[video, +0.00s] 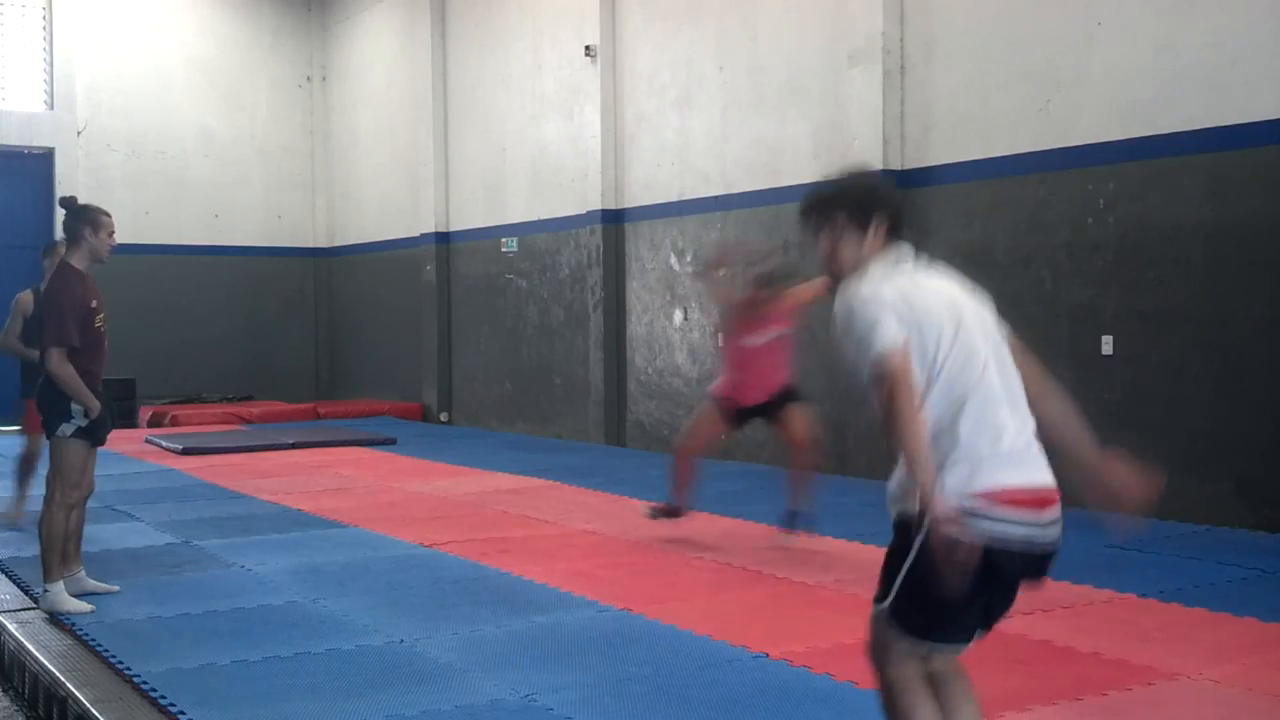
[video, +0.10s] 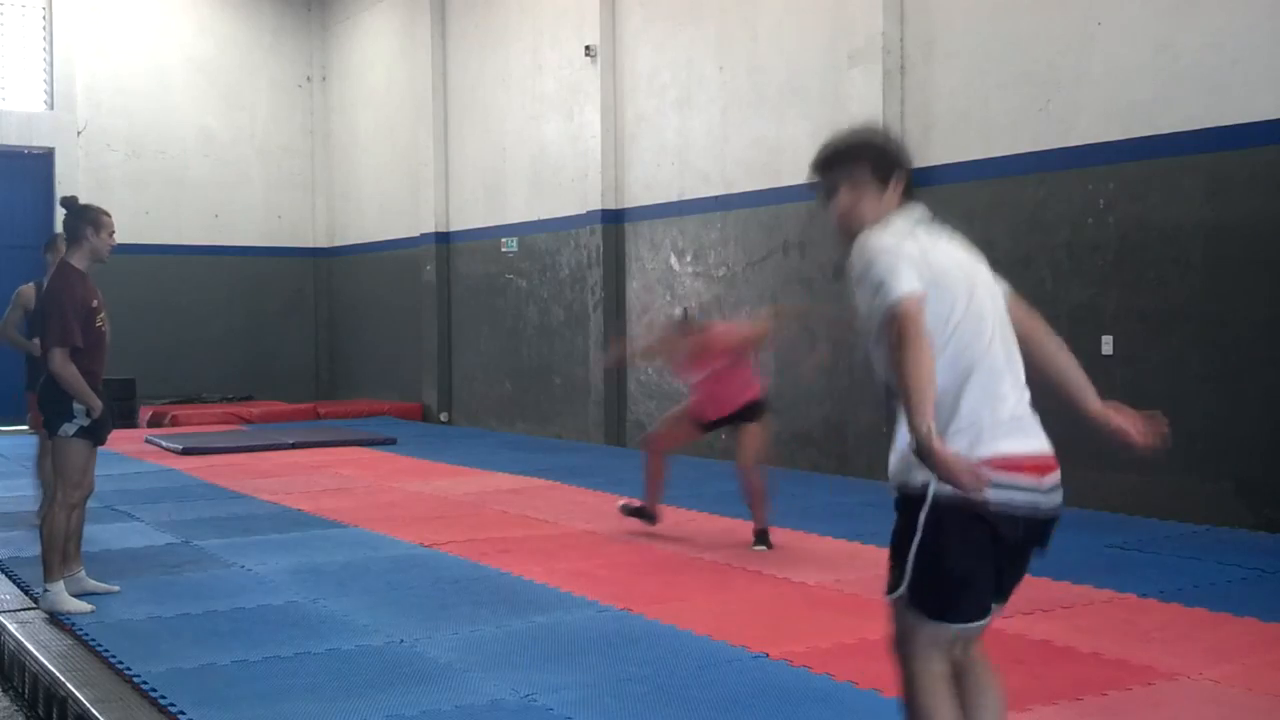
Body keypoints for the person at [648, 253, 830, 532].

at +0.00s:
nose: (762, 299)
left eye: (768, 293)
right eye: (757, 293)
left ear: (777, 291)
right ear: (749, 290)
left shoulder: (784, 304)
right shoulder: (733, 308)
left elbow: (822, 285)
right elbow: (710, 286)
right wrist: (718, 265)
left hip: (777, 396)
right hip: (734, 398)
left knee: (805, 439)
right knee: (687, 444)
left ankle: (794, 514)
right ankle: (678, 505)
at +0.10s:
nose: (689, 343)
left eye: (692, 336)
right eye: (683, 338)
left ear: (699, 330)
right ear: (675, 337)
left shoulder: (720, 336)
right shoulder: (674, 346)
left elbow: (763, 328)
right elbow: (647, 352)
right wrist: (623, 355)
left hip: (746, 406)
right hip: (708, 409)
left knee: (747, 466)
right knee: (655, 443)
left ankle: (761, 530)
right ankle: (650, 509)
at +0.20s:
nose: (595, 365)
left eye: (597, 358)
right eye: (591, 361)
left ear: (611, 350)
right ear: (593, 362)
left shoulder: (645, 356)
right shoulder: (619, 380)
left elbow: (691, 350)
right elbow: (602, 408)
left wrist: (628, 353)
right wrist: (583, 425)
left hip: (711, 404)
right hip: (679, 416)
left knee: (719, 462)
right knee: (638, 450)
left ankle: (762, 527)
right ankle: (638, 521)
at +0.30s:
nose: (560, 371)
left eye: (558, 365)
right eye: (557, 367)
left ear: (563, 352)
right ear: (562, 359)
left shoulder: (578, 346)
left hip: (647, 387)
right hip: (642, 398)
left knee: (691, 428)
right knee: (622, 448)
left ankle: (745, 455)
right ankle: (635, 519)